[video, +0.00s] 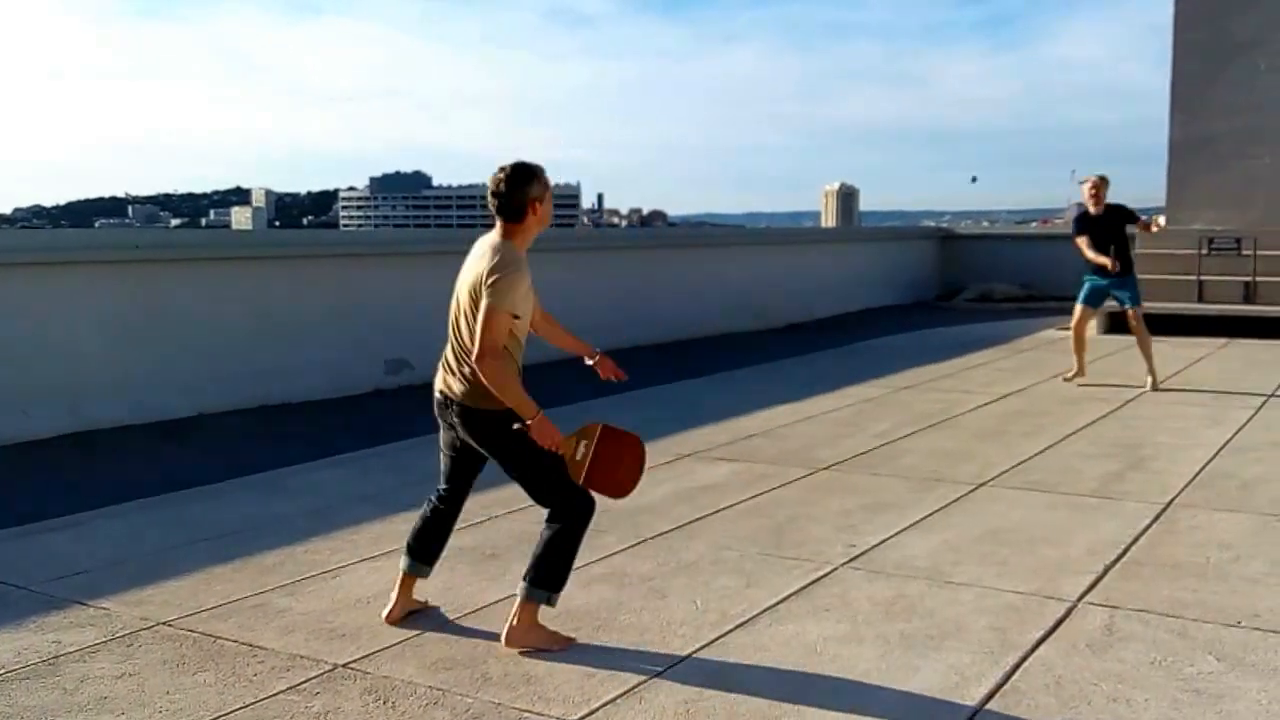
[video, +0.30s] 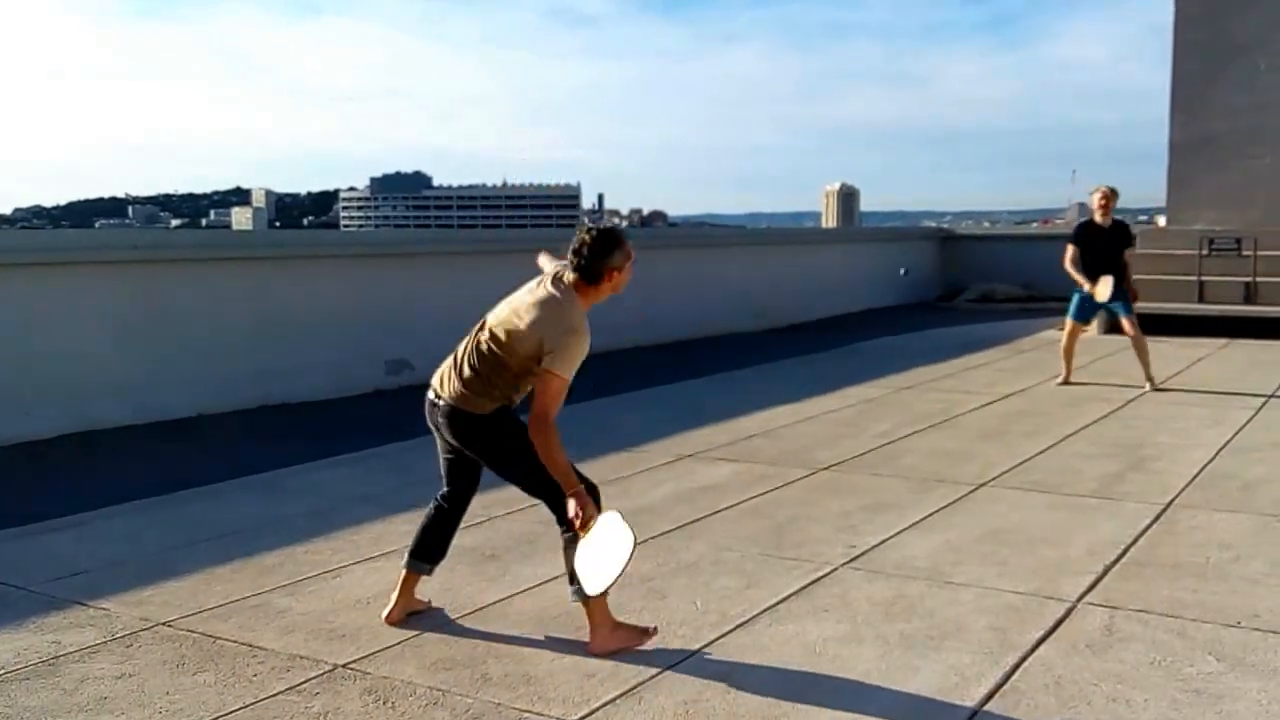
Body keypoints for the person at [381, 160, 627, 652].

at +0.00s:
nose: (552, 206)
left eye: (550, 198)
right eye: (549, 198)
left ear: (506, 207)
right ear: (534, 208)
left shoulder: (491, 248)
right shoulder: (508, 268)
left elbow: (535, 318)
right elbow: (487, 361)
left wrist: (589, 354)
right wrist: (535, 418)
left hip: (452, 400)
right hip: (486, 410)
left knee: (447, 496)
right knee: (572, 504)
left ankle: (403, 598)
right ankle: (524, 622)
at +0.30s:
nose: (631, 270)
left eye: (630, 263)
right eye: (628, 265)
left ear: (582, 266)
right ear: (610, 278)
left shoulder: (556, 277)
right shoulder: (571, 332)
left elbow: (546, 257)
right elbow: (541, 424)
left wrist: (560, 265)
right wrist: (574, 492)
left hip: (440, 397)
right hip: (475, 416)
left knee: (454, 493)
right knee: (581, 496)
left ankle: (402, 599)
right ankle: (602, 626)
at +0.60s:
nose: (707, 357)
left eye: (706, 348)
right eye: (707, 350)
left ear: (658, 336)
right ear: (692, 357)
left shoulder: (607, 339)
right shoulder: (666, 405)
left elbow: (529, 325)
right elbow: (710, 456)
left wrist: (465, 321)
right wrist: (767, 445)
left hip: (485, 442)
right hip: (527, 465)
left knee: (469, 514)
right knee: (652, 511)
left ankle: (404, 604)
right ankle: (615, 633)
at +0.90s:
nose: (723, 277)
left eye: (722, 269)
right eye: (722, 270)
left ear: (672, 267)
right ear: (711, 277)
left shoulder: (624, 288)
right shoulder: (701, 342)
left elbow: (550, 314)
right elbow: (729, 422)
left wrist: (496, 360)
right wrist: (769, 400)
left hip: (533, 408)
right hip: (581, 430)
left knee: (500, 510)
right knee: (667, 515)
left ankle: (426, 613)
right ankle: (618, 635)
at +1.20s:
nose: (684, 174)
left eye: (681, 165)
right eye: (683, 166)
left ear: (633, 167)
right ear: (673, 171)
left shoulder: (588, 202)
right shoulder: (669, 233)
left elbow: (527, 252)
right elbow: (681, 333)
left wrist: (533, 314)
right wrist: (703, 360)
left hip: (535, 347)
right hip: (585, 362)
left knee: (536, 451)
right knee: (620, 491)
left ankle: (484, 544)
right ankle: (613, 627)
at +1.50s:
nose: (626, 203)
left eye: (624, 195)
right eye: (624, 196)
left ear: (576, 205)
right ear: (614, 203)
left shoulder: (556, 247)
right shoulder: (608, 261)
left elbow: (561, 337)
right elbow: (602, 359)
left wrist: (625, 370)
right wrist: (632, 416)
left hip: (509, 391)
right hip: (552, 406)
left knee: (484, 496)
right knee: (624, 512)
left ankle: (426, 590)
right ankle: (598, 646)